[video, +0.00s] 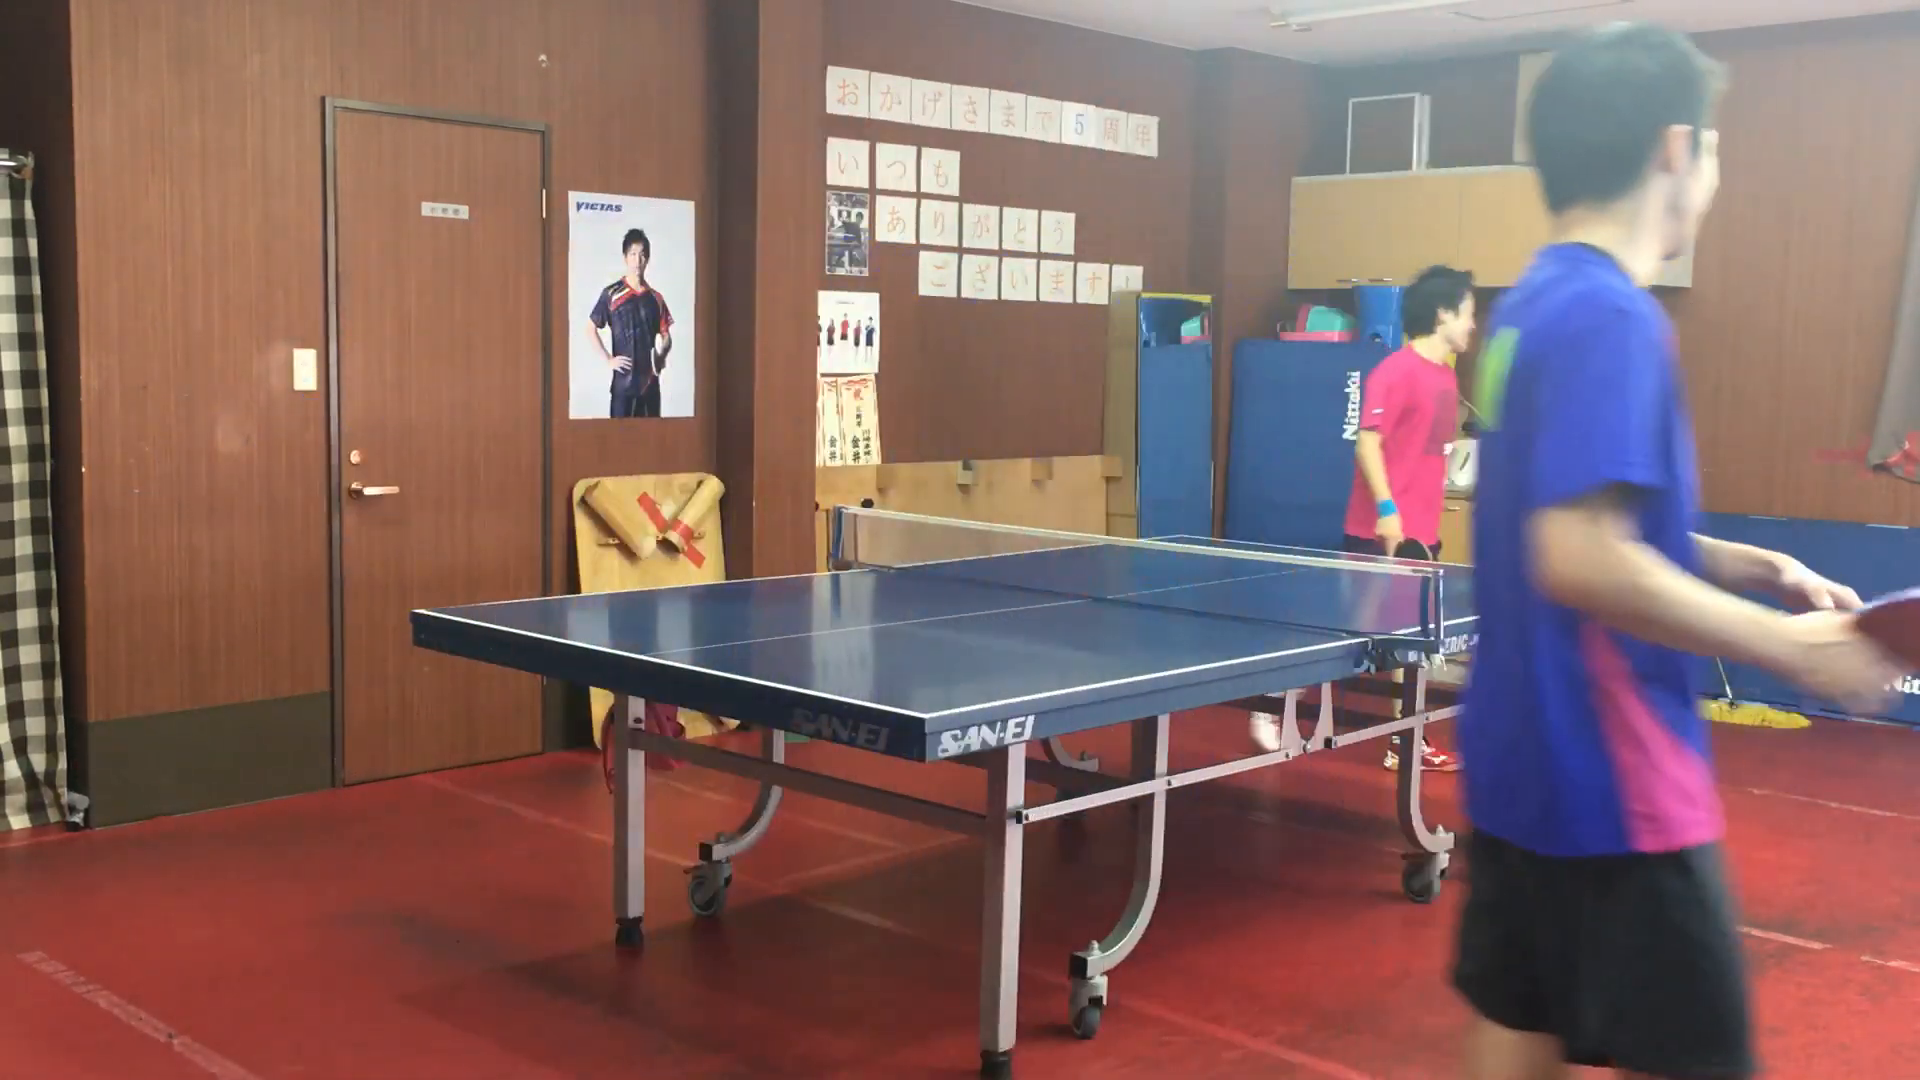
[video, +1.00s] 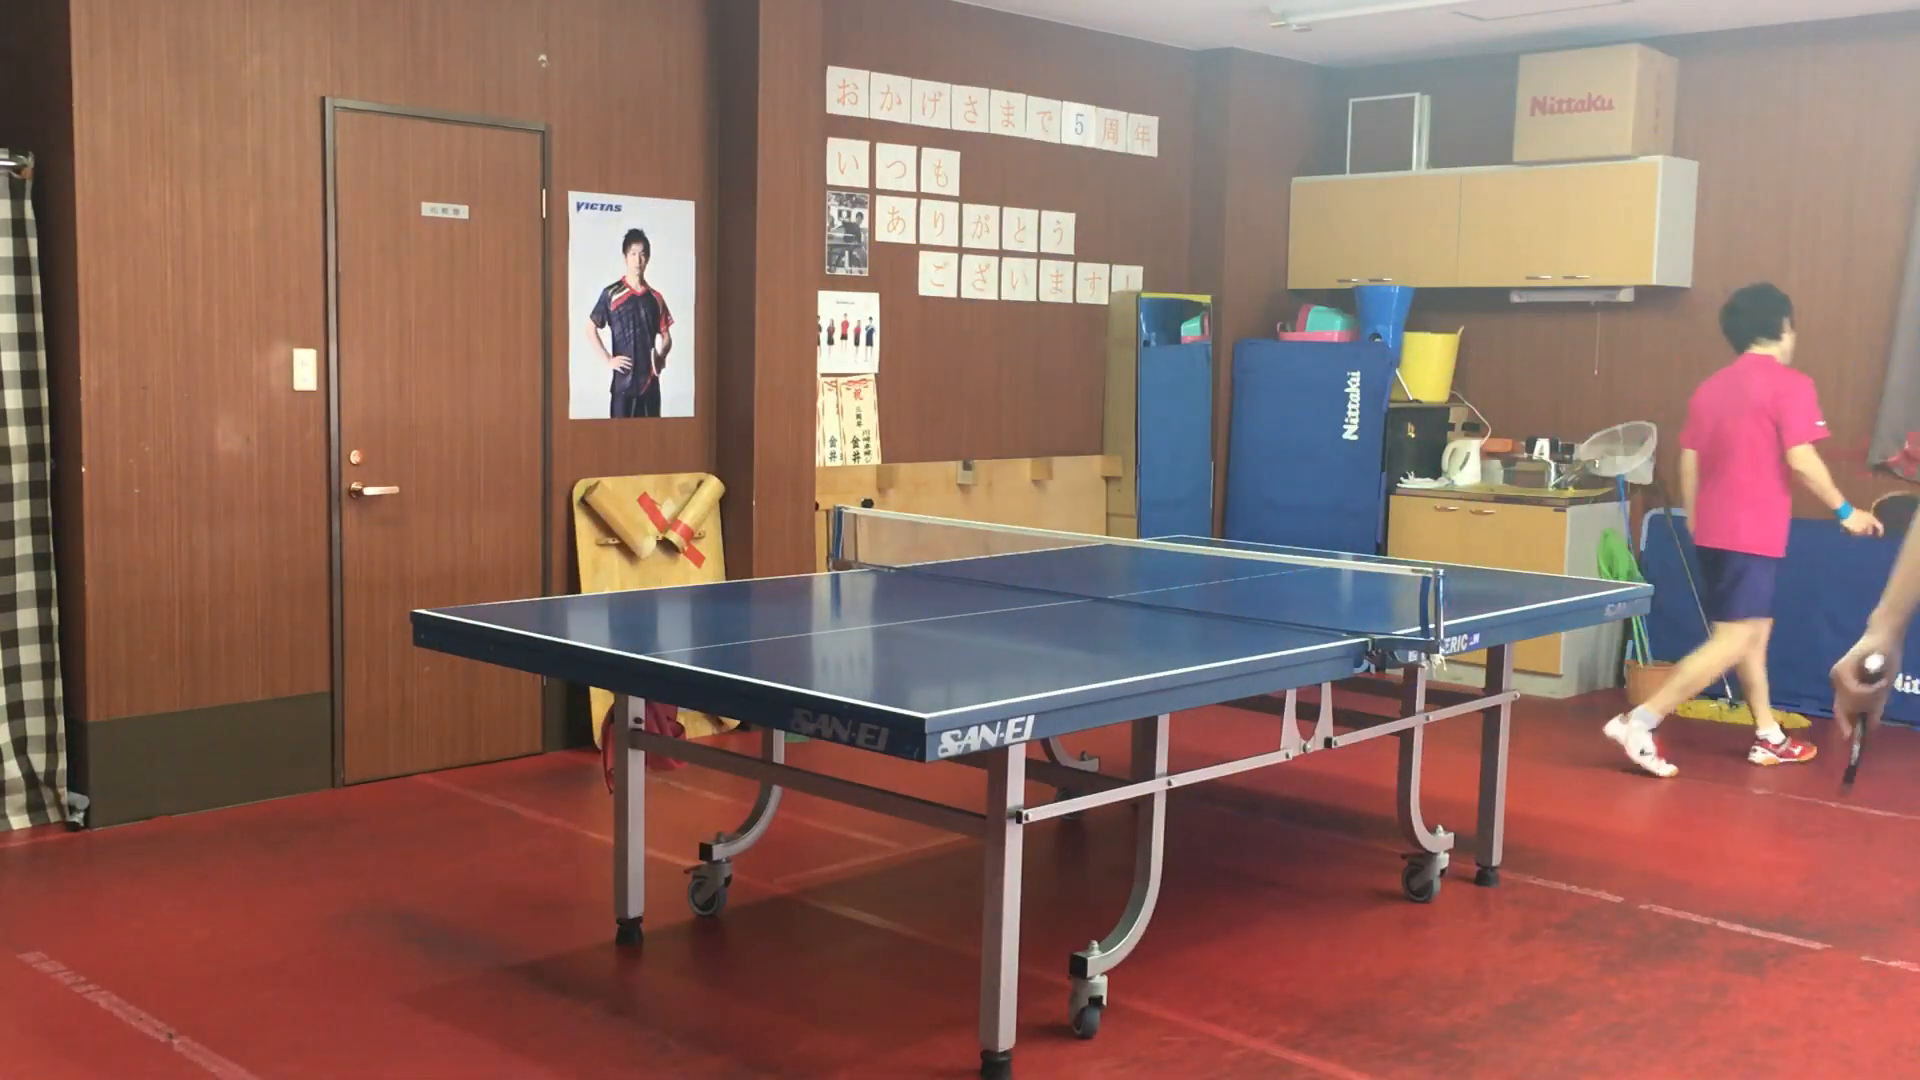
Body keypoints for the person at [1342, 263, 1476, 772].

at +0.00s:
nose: (1473, 325)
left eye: (1472, 314)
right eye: (1466, 314)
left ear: (1442, 318)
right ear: (1439, 316)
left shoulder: (1445, 375)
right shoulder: (1394, 371)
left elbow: (1430, 452)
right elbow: (1367, 442)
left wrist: (1432, 521)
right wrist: (1387, 511)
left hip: (1421, 534)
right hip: (1377, 531)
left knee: (1413, 642)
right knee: (1348, 629)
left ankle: (1408, 739)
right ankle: (1275, 709)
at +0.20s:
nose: (1529, 320)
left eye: (1528, 309)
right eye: (1523, 309)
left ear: (1492, 313)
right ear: (1499, 312)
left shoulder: (1486, 367)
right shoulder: (1466, 367)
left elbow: (1466, 448)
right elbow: (1442, 443)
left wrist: (1478, 519)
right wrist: (1442, 519)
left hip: (1476, 528)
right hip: (1460, 531)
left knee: (1455, 637)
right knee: (1476, 634)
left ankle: (1419, 734)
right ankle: (1447, 729)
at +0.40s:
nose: (1592, 325)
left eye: (1589, 316)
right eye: (1588, 316)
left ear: (1541, 322)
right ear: (1570, 321)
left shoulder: (1518, 375)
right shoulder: (1553, 379)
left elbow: (1493, 454)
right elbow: (1536, 457)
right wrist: (1531, 530)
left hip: (1493, 536)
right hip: (1542, 538)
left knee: (1461, 631)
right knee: (1583, 622)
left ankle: (1414, 730)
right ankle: (1601, 744)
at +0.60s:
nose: (1661, 321)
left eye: (1659, 311)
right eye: (1658, 311)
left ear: (1604, 317)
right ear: (1643, 317)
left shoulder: (1577, 375)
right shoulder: (1639, 380)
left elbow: (1577, 457)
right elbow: (1647, 460)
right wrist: (1664, 532)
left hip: (1578, 533)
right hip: (1622, 536)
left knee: (1595, 627)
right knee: (1637, 634)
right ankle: (1612, 747)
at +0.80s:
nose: (1725, 321)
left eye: (1722, 312)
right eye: (1722, 313)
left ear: (1667, 321)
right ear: (1712, 317)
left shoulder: (1638, 376)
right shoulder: (1716, 377)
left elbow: (1616, 449)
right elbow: (1748, 454)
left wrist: (1617, 511)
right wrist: (1787, 517)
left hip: (1643, 526)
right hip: (1682, 531)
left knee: (1696, 617)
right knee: (1658, 629)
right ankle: (1613, 745)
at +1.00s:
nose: (1794, 335)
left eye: (1791, 326)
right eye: (1792, 326)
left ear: (1738, 335)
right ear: (1781, 328)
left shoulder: (1710, 387)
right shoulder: (1788, 383)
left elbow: (1688, 463)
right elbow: (1800, 458)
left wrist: (1696, 522)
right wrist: (1845, 511)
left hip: (1712, 534)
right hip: (1755, 538)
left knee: (1754, 632)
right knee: (1735, 638)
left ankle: (1768, 735)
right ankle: (1639, 723)